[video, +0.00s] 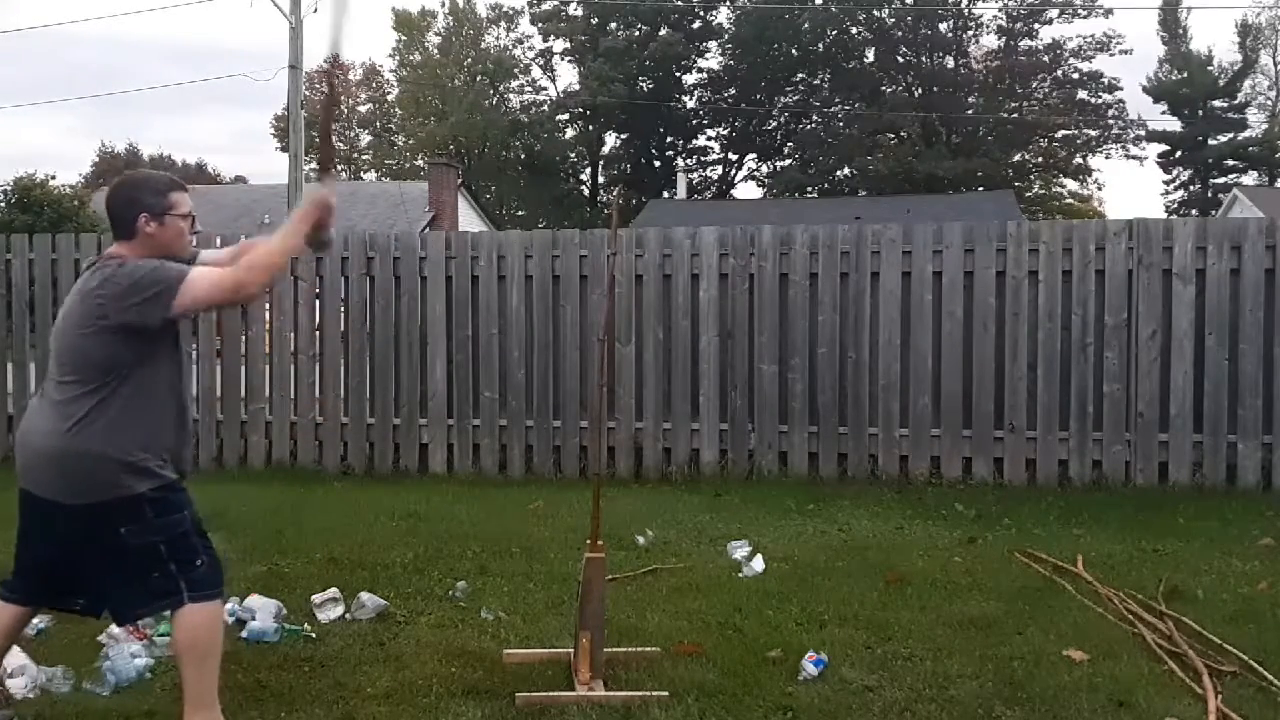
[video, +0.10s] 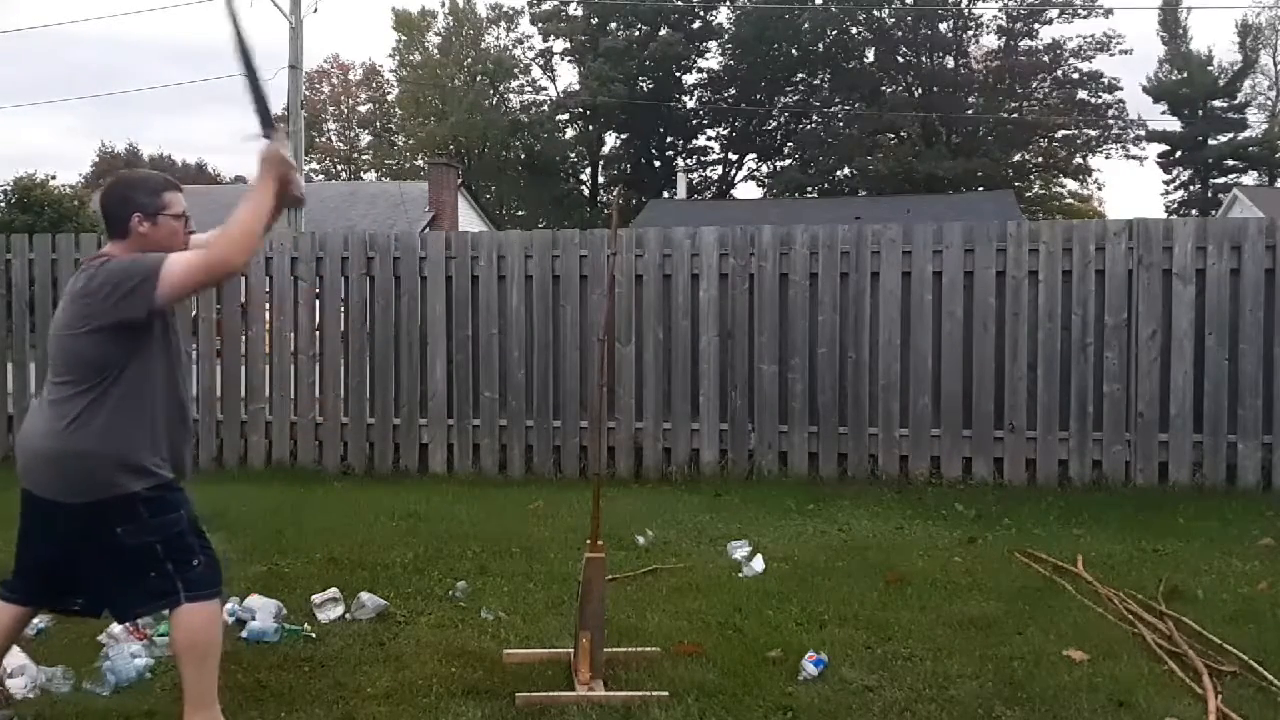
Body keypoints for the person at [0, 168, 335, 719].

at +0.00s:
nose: (194, 227)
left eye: (191, 218)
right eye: (185, 218)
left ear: (142, 225)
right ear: (147, 224)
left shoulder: (106, 273)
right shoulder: (132, 279)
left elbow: (224, 259)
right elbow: (237, 283)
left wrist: (294, 239)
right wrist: (296, 228)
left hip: (48, 461)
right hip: (116, 466)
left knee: (25, 589)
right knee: (199, 585)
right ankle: (203, 712)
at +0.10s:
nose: (188, 228)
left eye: (186, 218)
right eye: (179, 217)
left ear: (134, 224)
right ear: (140, 224)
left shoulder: (106, 274)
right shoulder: (118, 279)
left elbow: (210, 252)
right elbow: (224, 259)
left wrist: (271, 201)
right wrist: (268, 181)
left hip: (50, 466)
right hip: (115, 470)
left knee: (28, 587)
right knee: (197, 585)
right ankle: (203, 712)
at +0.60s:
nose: (174, 223)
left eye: (173, 212)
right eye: (161, 213)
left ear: (171, 220)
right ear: (119, 223)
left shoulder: (158, 280)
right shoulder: (87, 290)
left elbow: (203, 206)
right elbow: (132, 234)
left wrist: (171, 147)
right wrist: (119, 142)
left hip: (77, 471)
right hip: (117, 470)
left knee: (48, 595)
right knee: (207, 578)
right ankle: (205, 713)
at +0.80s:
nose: (176, 220)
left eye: (175, 210)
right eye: (162, 211)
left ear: (176, 218)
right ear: (121, 223)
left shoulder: (164, 279)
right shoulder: (89, 292)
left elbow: (205, 205)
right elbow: (133, 235)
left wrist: (173, 145)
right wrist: (121, 146)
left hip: (83, 473)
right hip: (121, 471)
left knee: (50, 597)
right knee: (211, 580)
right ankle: (206, 713)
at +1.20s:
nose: (166, 223)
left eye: (164, 213)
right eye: (155, 213)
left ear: (159, 218)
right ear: (117, 224)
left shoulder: (154, 280)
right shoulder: (81, 289)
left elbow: (201, 211)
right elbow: (131, 240)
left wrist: (176, 154)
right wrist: (124, 148)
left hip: (79, 473)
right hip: (114, 472)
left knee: (47, 597)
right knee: (204, 580)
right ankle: (205, 712)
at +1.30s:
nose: (166, 223)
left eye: (164, 213)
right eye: (155, 213)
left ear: (158, 219)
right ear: (117, 225)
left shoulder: (155, 280)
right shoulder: (80, 291)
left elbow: (202, 212)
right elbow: (131, 242)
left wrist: (176, 157)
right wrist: (123, 151)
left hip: (80, 474)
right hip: (112, 473)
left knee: (47, 597)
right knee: (205, 580)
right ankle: (205, 712)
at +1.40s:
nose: (169, 238)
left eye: (166, 224)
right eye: (159, 226)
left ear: (127, 232)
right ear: (126, 233)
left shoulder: (145, 280)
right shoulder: (88, 288)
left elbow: (208, 225)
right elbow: (171, 260)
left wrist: (193, 170)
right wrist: (150, 164)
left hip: (74, 477)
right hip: (125, 478)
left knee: (38, 593)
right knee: (214, 581)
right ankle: (206, 713)